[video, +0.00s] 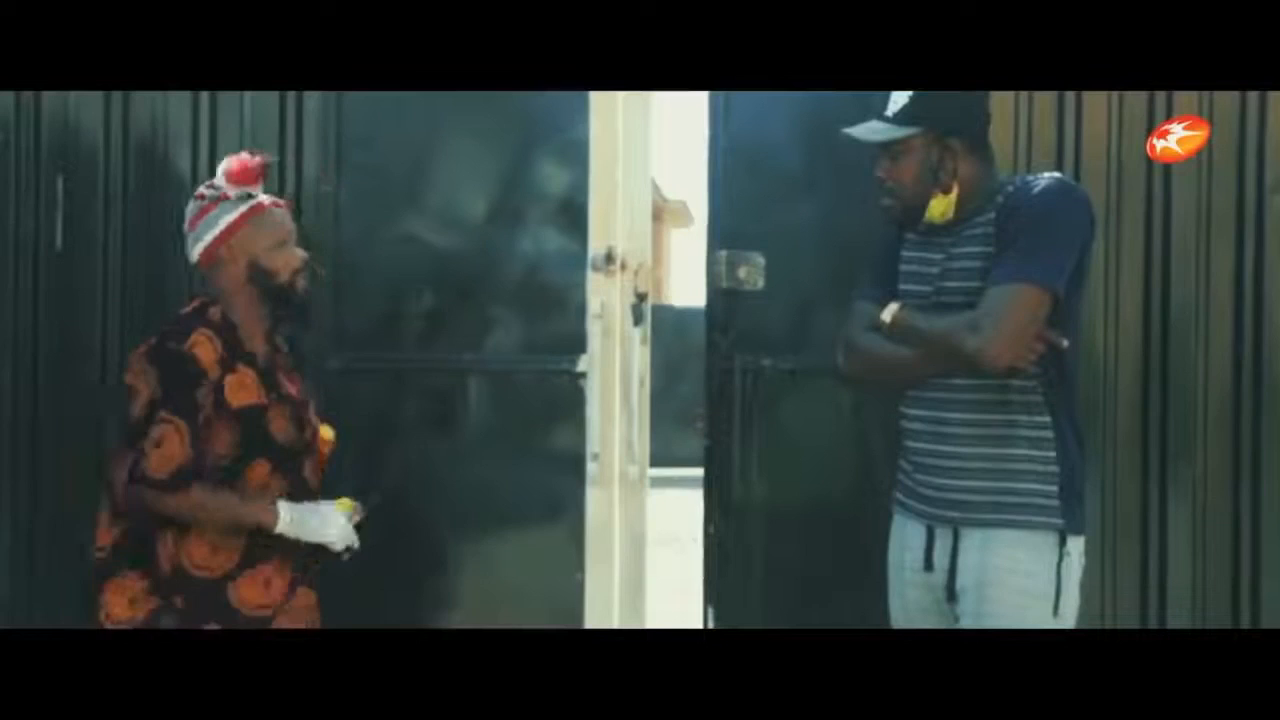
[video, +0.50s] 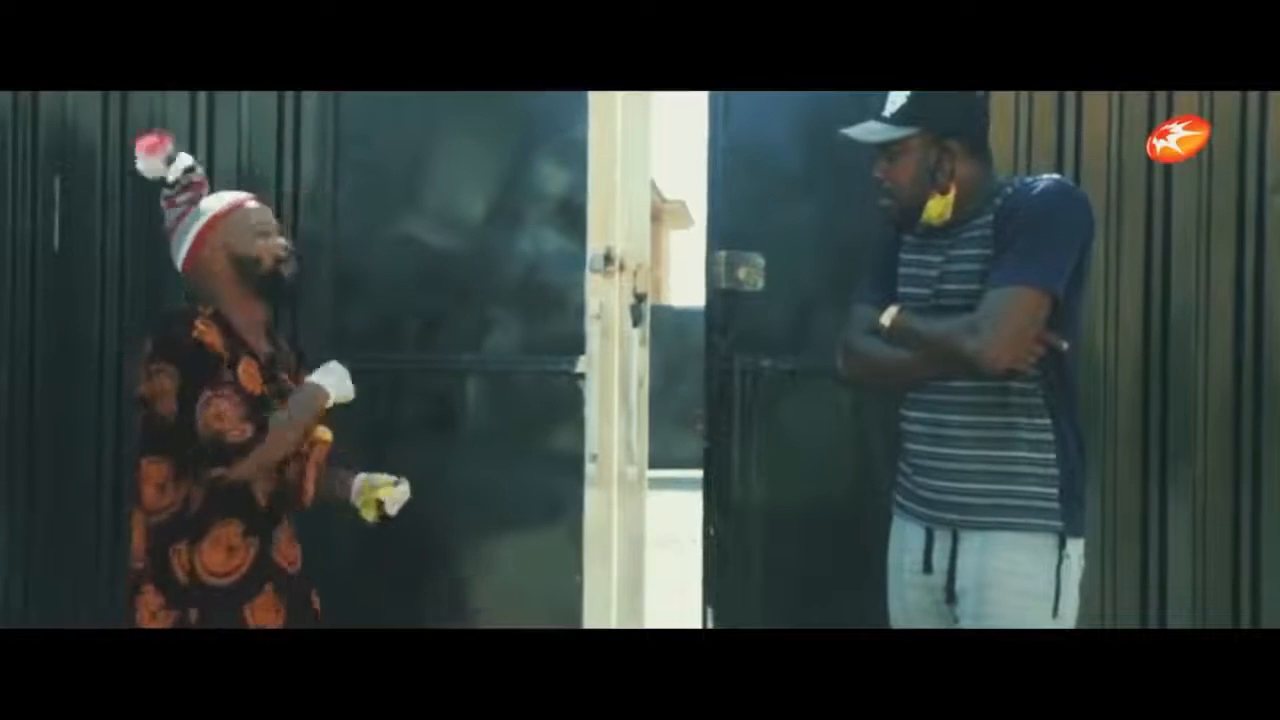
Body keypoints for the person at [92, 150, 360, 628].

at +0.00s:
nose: (302, 258)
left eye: (296, 242)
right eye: (282, 246)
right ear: (229, 260)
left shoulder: (274, 351)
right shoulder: (178, 356)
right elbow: (147, 484)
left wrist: (314, 512)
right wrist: (284, 518)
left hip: (267, 609)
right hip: (185, 612)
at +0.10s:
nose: (295, 273)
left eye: (293, 257)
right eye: (278, 258)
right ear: (225, 259)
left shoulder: (268, 346)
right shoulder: (182, 352)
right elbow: (173, 487)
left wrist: (347, 502)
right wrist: (317, 498)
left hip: (282, 606)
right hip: (214, 610)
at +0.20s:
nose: (290, 307)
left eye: (295, 291)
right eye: (282, 289)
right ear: (235, 281)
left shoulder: (277, 367)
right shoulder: (169, 358)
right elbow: (181, 480)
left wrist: (359, 497)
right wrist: (323, 466)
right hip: (207, 608)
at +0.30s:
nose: (297, 292)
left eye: (299, 277)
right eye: (289, 275)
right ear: (239, 274)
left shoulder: (275, 359)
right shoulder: (175, 352)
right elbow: (200, 473)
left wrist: (352, 479)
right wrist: (328, 451)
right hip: (212, 610)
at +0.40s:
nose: (292, 260)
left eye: (288, 245)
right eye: (272, 246)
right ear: (225, 256)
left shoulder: (274, 351)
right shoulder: (182, 354)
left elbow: (283, 466)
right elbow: (222, 466)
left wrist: (352, 484)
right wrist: (332, 423)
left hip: (289, 602)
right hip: (202, 606)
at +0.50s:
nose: (282, 244)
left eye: (280, 231)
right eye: (262, 233)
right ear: (215, 253)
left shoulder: (279, 356)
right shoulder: (184, 344)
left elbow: (286, 463)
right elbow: (231, 472)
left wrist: (352, 487)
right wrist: (311, 400)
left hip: (273, 595)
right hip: (195, 599)